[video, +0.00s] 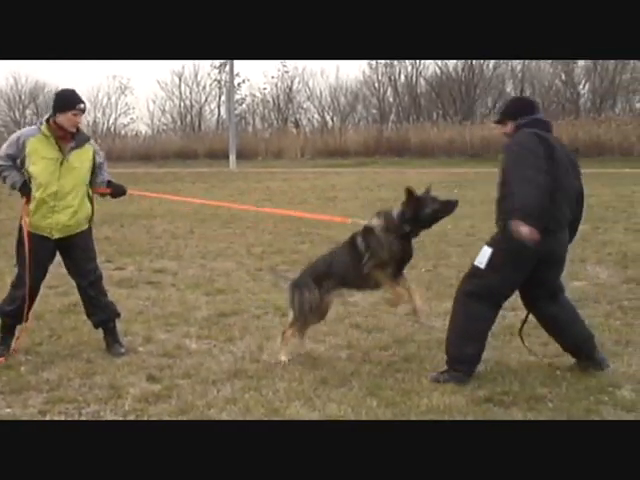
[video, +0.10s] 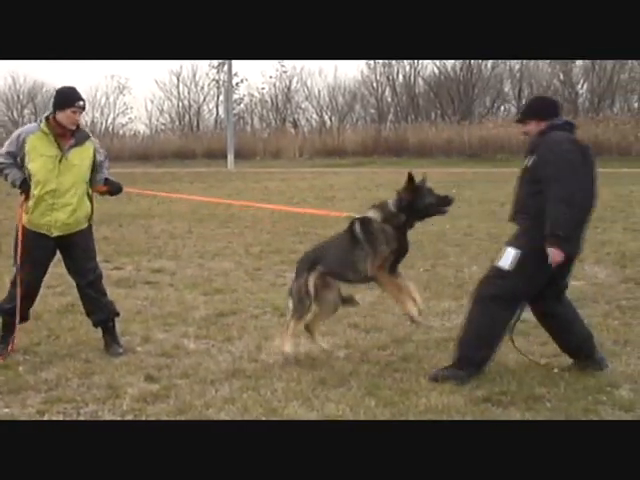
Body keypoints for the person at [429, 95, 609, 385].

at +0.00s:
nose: (503, 132)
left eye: (505, 125)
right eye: (502, 126)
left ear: (517, 122)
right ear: (535, 120)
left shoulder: (523, 142)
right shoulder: (561, 150)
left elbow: (525, 178)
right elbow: (575, 197)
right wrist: (563, 236)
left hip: (519, 236)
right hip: (552, 241)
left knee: (476, 293)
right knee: (544, 296)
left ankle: (460, 368)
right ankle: (589, 356)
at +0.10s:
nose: (524, 131)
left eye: (527, 124)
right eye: (523, 125)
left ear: (542, 122)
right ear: (548, 122)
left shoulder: (555, 147)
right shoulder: (561, 146)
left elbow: (563, 195)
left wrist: (556, 241)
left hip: (536, 240)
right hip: (554, 242)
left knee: (492, 294)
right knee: (547, 300)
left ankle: (465, 366)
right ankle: (587, 358)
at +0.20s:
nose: (540, 129)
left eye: (544, 123)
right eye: (539, 123)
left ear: (561, 122)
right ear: (564, 124)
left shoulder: (578, 149)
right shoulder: (581, 147)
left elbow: (579, 201)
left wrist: (555, 242)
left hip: (562, 244)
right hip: (580, 246)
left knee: (515, 292)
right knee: (559, 300)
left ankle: (489, 363)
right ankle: (589, 361)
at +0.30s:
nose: (552, 125)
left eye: (556, 119)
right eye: (552, 119)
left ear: (572, 117)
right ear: (576, 116)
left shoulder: (586, 141)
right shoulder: (598, 138)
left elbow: (576, 192)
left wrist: (547, 226)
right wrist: (559, 226)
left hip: (592, 239)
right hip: (611, 239)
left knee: (547, 288)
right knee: (584, 291)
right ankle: (591, 359)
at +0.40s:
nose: (564, 126)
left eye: (566, 120)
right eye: (563, 121)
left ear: (580, 116)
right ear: (594, 111)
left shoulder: (589, 137)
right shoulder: (623, 130)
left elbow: (571, 188)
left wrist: (551, 227)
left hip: (622, 233)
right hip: (631, 229)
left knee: (601, 296)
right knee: (619, 295)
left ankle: (627, 365)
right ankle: (609, 355)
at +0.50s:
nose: (586, 145)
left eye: (585, 139)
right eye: (584, 140)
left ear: (594, 133)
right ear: (611, 124)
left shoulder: (603, 153)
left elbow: (585, 202)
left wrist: (576, 243)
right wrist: (579, 239)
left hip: (633, 242)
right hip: (632, 240)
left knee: (626, 311)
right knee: (626, 309)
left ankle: (639, 383)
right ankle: (636, 383)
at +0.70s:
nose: (627, 151)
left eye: (628, 145)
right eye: (627, 145)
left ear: (636, 143)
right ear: (637, 143)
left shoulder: (635, 164)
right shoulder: (632, 166)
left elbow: (622, 204)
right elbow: (623, 203)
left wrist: (613, 248)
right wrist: (613, 246)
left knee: (639, 317)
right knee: (638, 316)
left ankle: (639, 386)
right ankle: (638, 384)